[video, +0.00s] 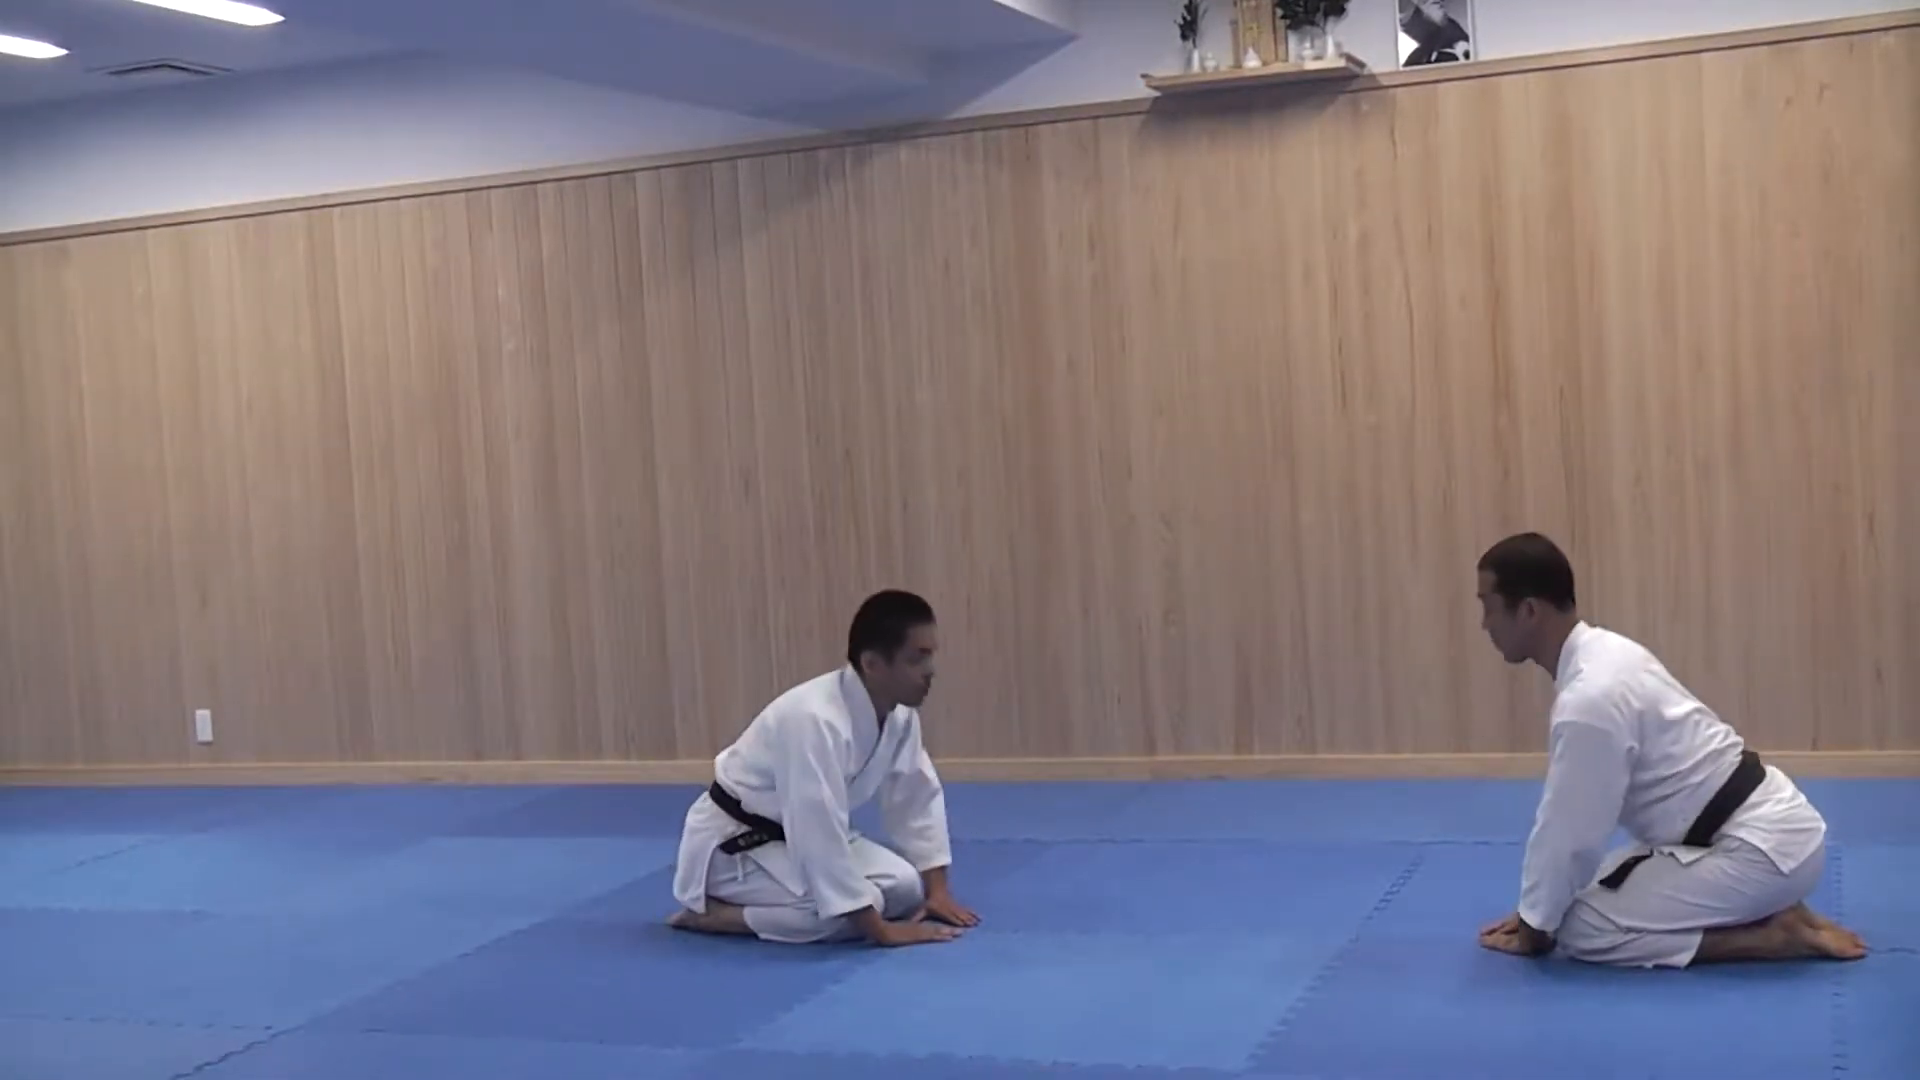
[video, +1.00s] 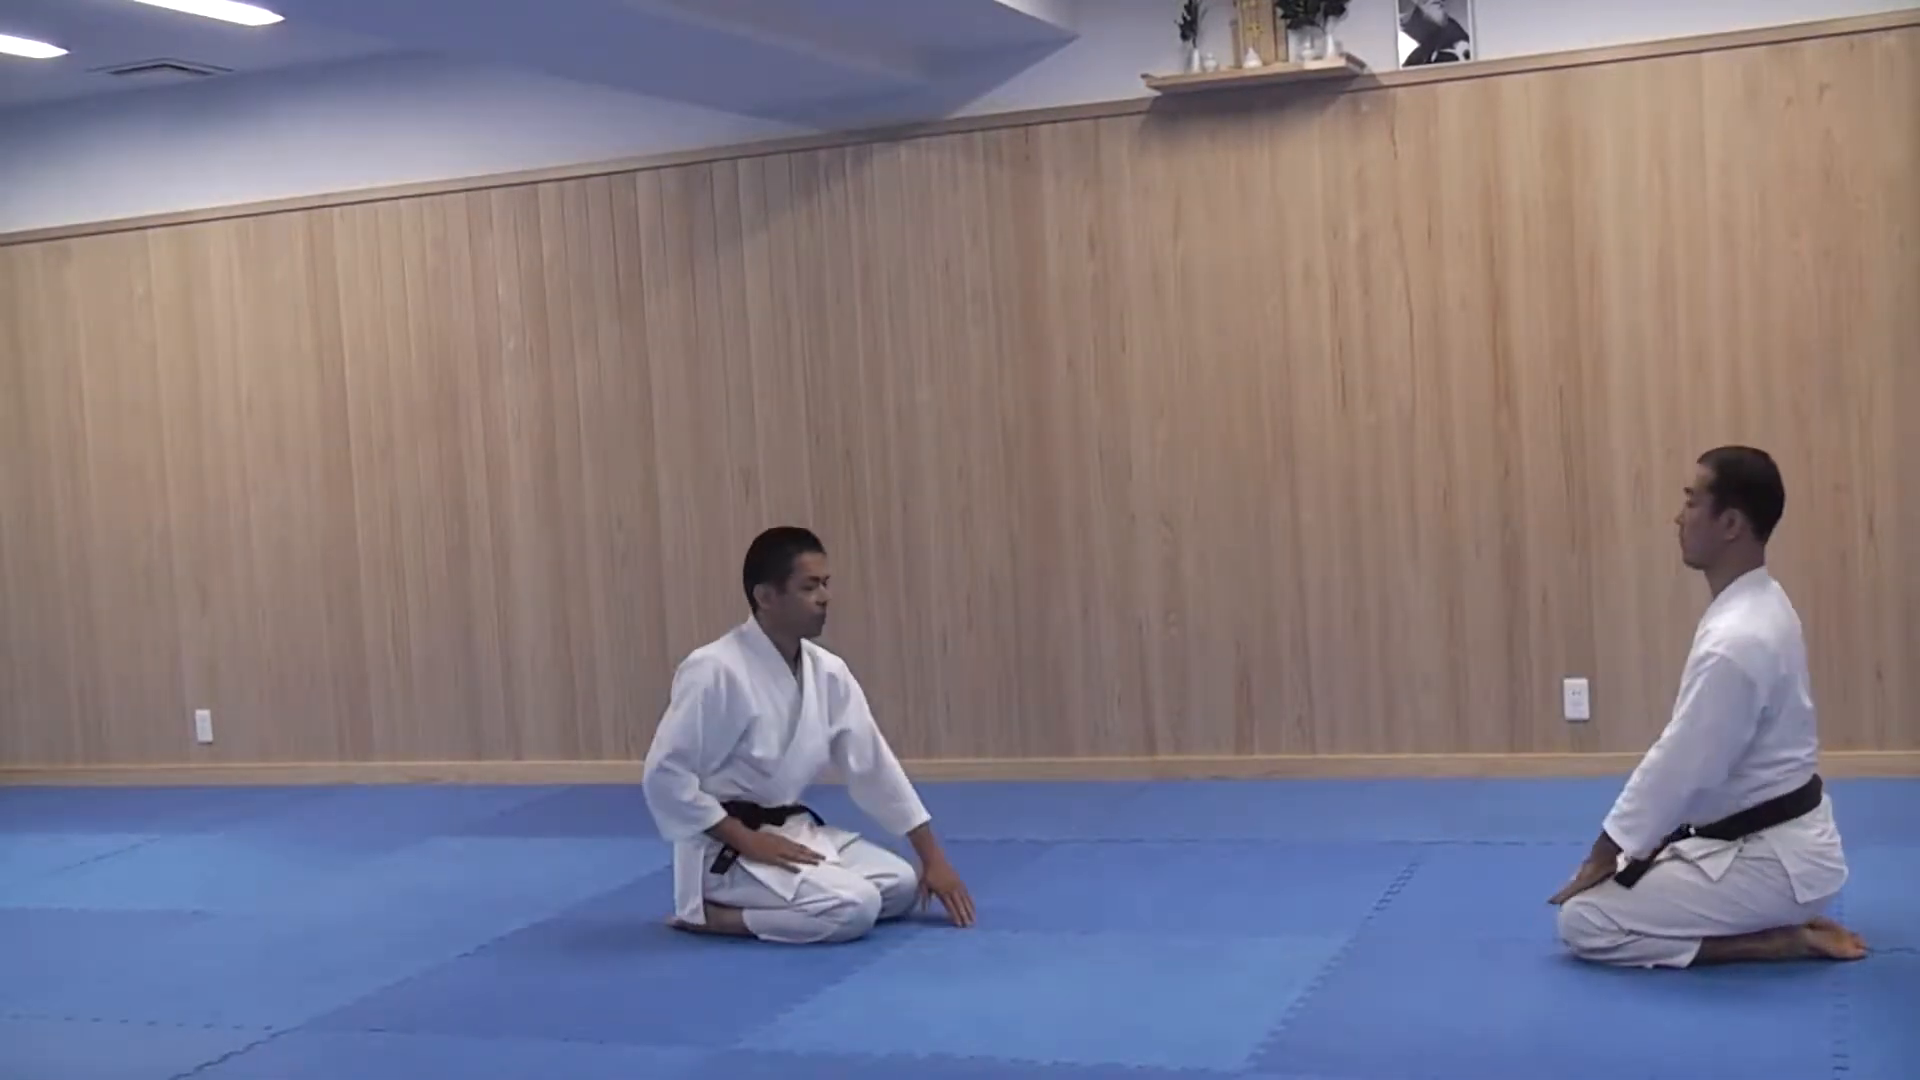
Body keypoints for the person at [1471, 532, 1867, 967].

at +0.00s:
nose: (1482, 621)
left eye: (1487, 605)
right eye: (1481, 605)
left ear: (1529, 611)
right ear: (1536, 609)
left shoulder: (1590, 698)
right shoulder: (1604, 653)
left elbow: (1570, 831)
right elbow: (1567, 808)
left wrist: (1536, 928)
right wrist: (1536, 911)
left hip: (1761, 852)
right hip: (1775, 823)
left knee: (1583, 932)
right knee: (1600, 894)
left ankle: (1774, 938)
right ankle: (1776, 921)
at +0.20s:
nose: (1521, 585)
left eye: (1530, 568)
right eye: (1523, 568)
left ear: (1572, 582)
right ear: (1576, 582)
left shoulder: (1617, 680)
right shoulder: (1639, 634)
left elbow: (1578, 815)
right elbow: (1576, 795)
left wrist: (1529, 918)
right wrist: (1540, 907)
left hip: (1763, 856)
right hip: (1780, 831)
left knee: (1580, 929)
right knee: (1592, 895)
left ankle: (1770, 941)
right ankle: (1776, 922)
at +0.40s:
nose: (1564, 553)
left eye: (1574, 539)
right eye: (1568, 537)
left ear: (1617, 557)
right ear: (1621, 558)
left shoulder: (1639, 666)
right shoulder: (1681, 616)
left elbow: (1585, 795)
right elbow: (1637, 752)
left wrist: (1533, 894)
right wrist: (1600, 839)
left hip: (1761, 860)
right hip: (1784, 832)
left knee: (1581, 926)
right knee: (1590, 895)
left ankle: (1777, 941)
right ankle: (1781, 921)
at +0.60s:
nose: (1611, 535)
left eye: (1621, 520)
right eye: (1616, 519)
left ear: (1662, 541)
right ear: (1667, 543)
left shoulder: (1672, 655)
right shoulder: (1718, 608)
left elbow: (1609, 783)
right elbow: (1686, 748)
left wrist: (1555, 879)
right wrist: (1631, 828)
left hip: (1766, 860)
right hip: (1791, 835)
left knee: (1585, 926)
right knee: (1604, 888)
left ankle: (1780, 941)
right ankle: (1787, 917)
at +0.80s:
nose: (1649, 520)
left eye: (1660, 506)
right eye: (1655, 504)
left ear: (1700, 528)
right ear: (1705, 530)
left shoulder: (1709, 644)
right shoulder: (1744, 605)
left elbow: (1645, 770)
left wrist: (1576, 869)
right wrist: (1653, 834)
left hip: (1775, 860)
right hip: (1796, 837)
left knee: (1584, 924)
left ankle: (1778, 943)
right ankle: (1785, 922)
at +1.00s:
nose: (1678, 517)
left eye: (1692, 502)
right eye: (1685, 500)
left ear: (1731, 523)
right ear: (1732, 524)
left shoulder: (1737, 638)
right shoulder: (1761, 605)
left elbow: (1674, 769)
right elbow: (1688, 759)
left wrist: (1597, 866)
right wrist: (1634, 855)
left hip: (1780, 862)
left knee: (1583, 924)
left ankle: (1782, 943)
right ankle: (1787, 922)